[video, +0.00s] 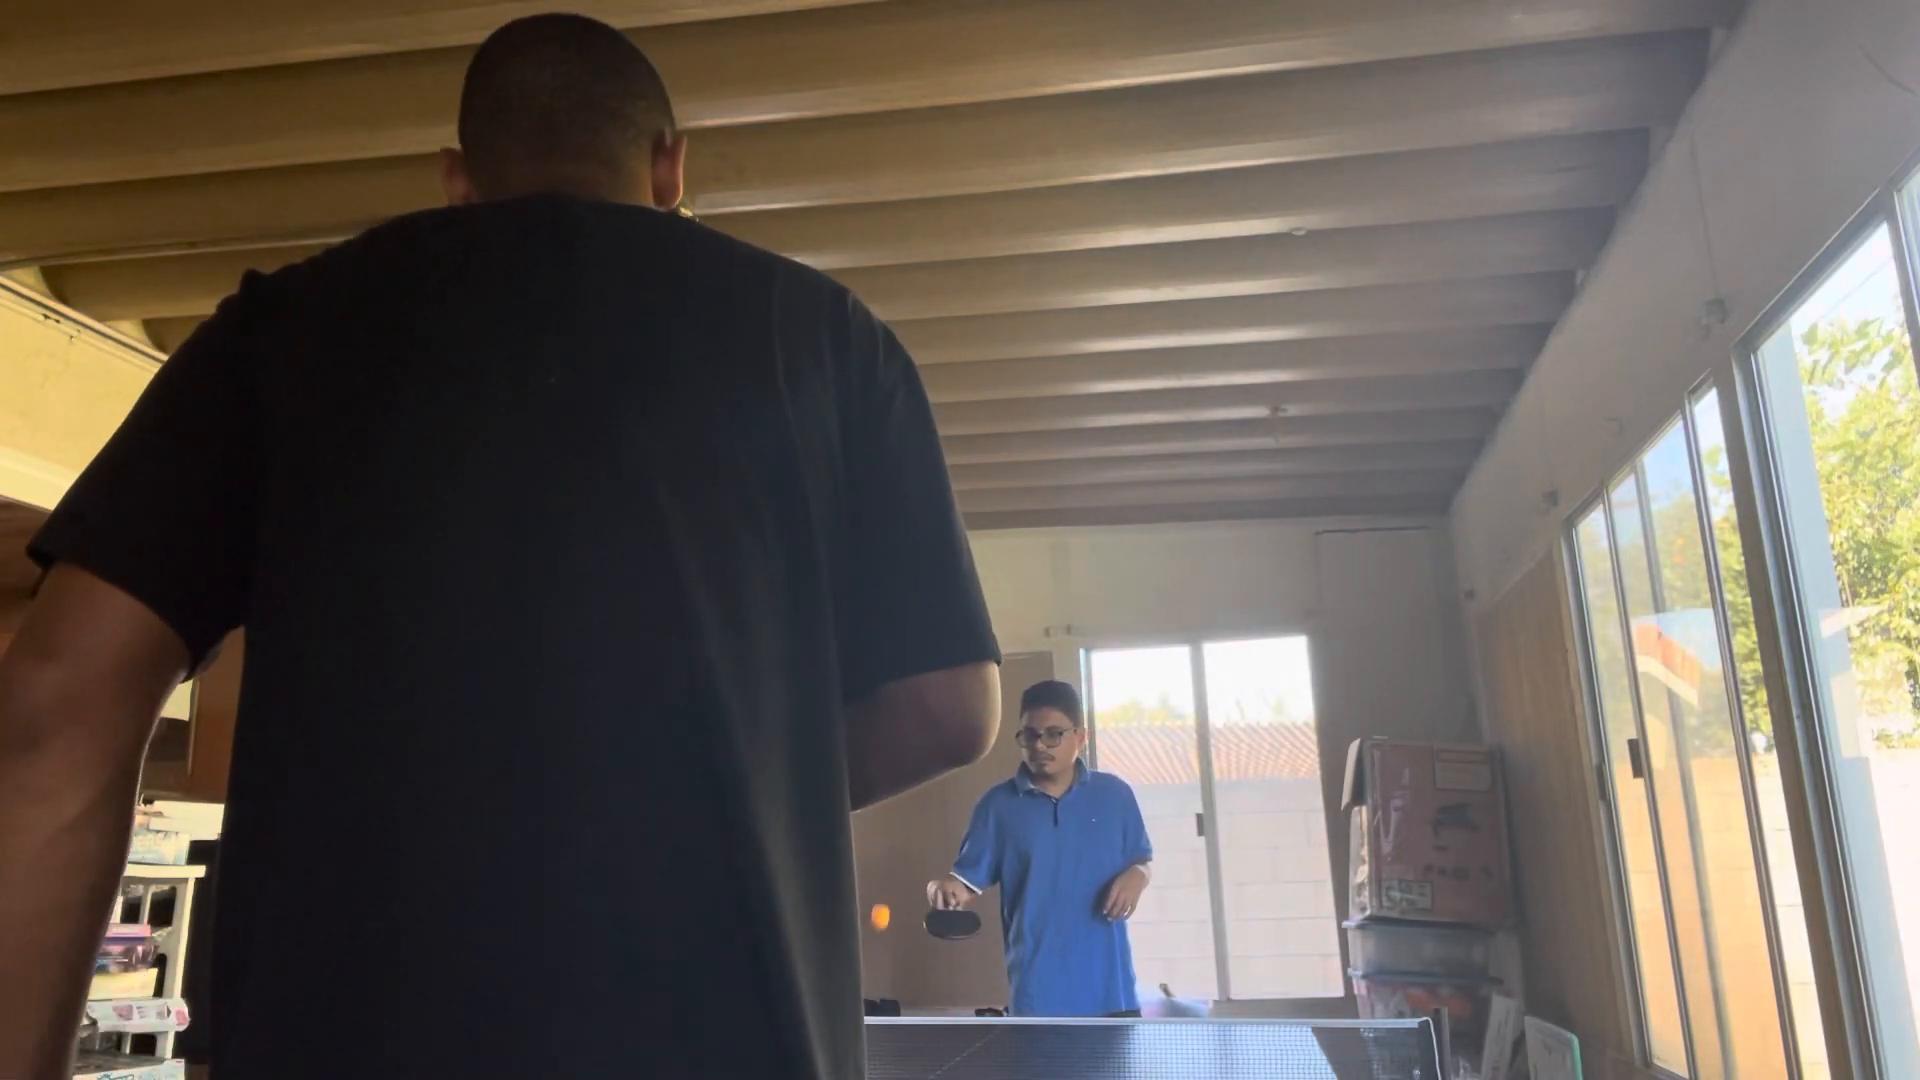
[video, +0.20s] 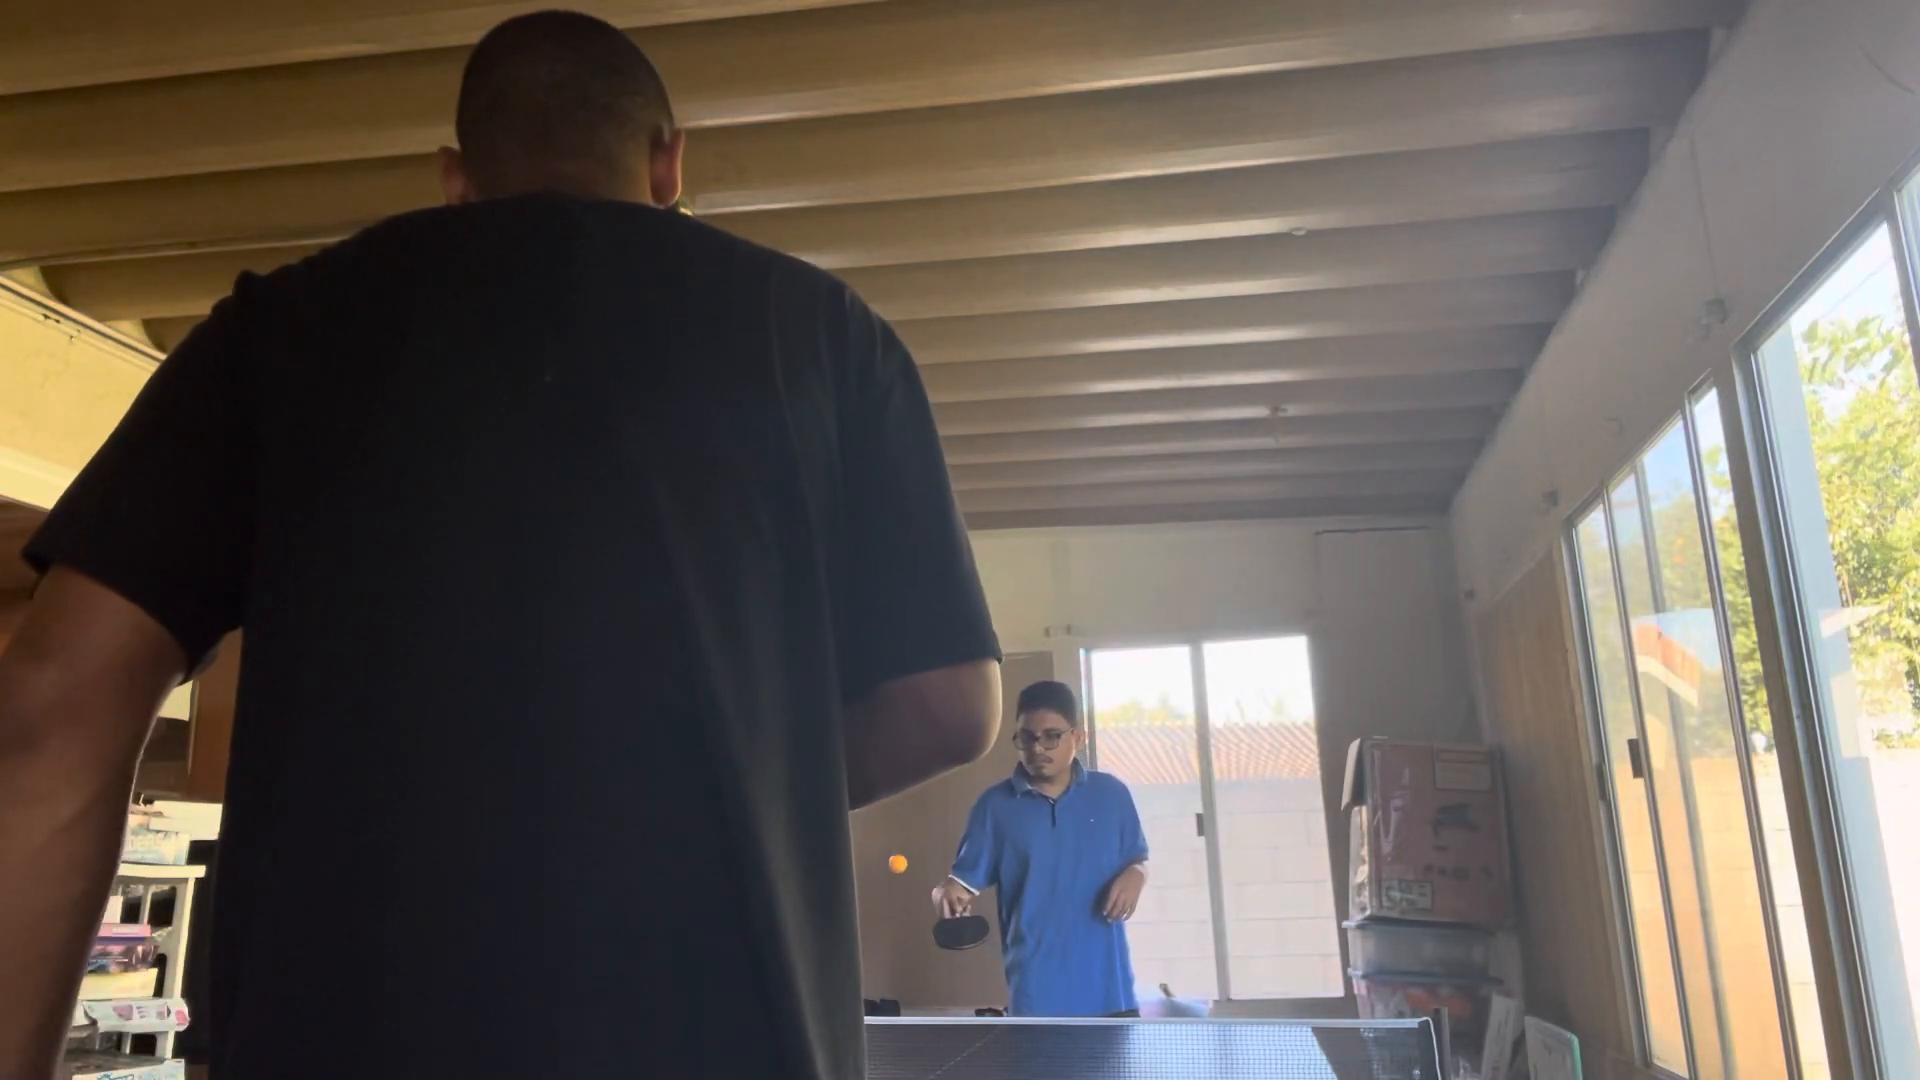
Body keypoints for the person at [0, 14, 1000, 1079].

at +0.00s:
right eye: (682, 174)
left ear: (456, 176)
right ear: (671, 171)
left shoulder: (290, 322)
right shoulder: (818, 326)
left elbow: (66, 687)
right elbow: (942, 711)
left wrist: (31, 1047)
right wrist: (723, 783)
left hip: (340, 1028)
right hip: (721, 1032)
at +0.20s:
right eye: (683, 167)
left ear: (454, 173)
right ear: (669, 167)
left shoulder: (287, 324)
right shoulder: (816, 322)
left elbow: (63, 690)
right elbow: (944, 708)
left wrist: (27, 1052)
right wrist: (723, 783)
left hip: (338, 1031)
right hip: (721, 1035)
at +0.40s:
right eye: (682, 163)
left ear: (451, 172)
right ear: (668, 164)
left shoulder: (284, 324)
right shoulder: (817, 320)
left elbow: (61, 690)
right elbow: (946, 705)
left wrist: (19, 1041)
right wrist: (729, 783)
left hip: (342, 1030)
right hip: (724, 1032)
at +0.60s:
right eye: (685, 160)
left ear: (453, 169)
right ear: (671, 162)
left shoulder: (284, 323)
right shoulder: (822, 318)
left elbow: (64, 690)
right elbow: (949, 704)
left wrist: (23, 1045)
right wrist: (732, 786)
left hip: (340, 1031)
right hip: (728, 1032)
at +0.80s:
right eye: (689, 156)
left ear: (455, 165)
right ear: (674, 158)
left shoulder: (284, 321)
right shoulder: (825, 316)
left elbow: (63, 693)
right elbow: (954, 703)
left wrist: (27, 1048)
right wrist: (736, 783)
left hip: (336, 1034)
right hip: (726, 1034)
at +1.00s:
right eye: (690, 156)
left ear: (460, 166)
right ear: (677, 157)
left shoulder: (290, 321)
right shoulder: (828, 317)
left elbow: (64, 700)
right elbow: (956, 705)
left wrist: (27, 1050)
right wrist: (738, 781)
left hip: (343, 1035)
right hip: (729, 1036)